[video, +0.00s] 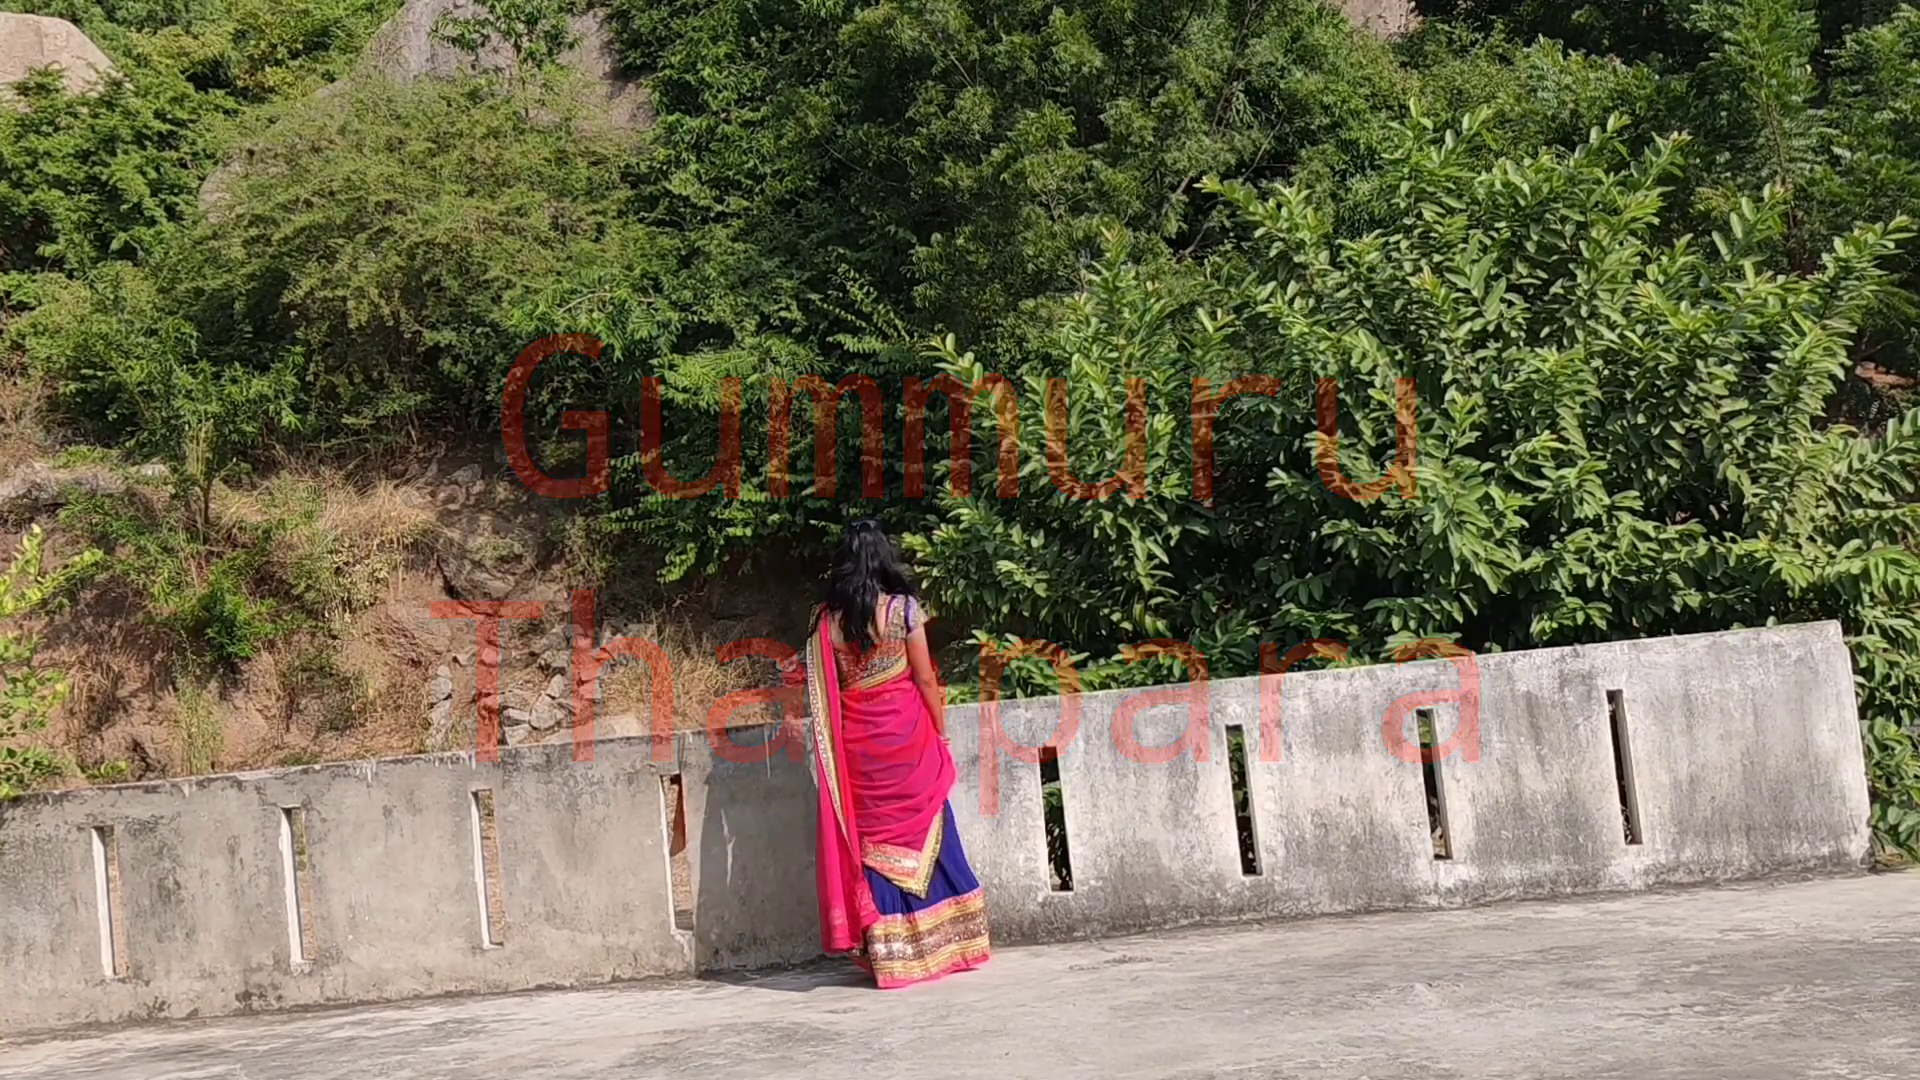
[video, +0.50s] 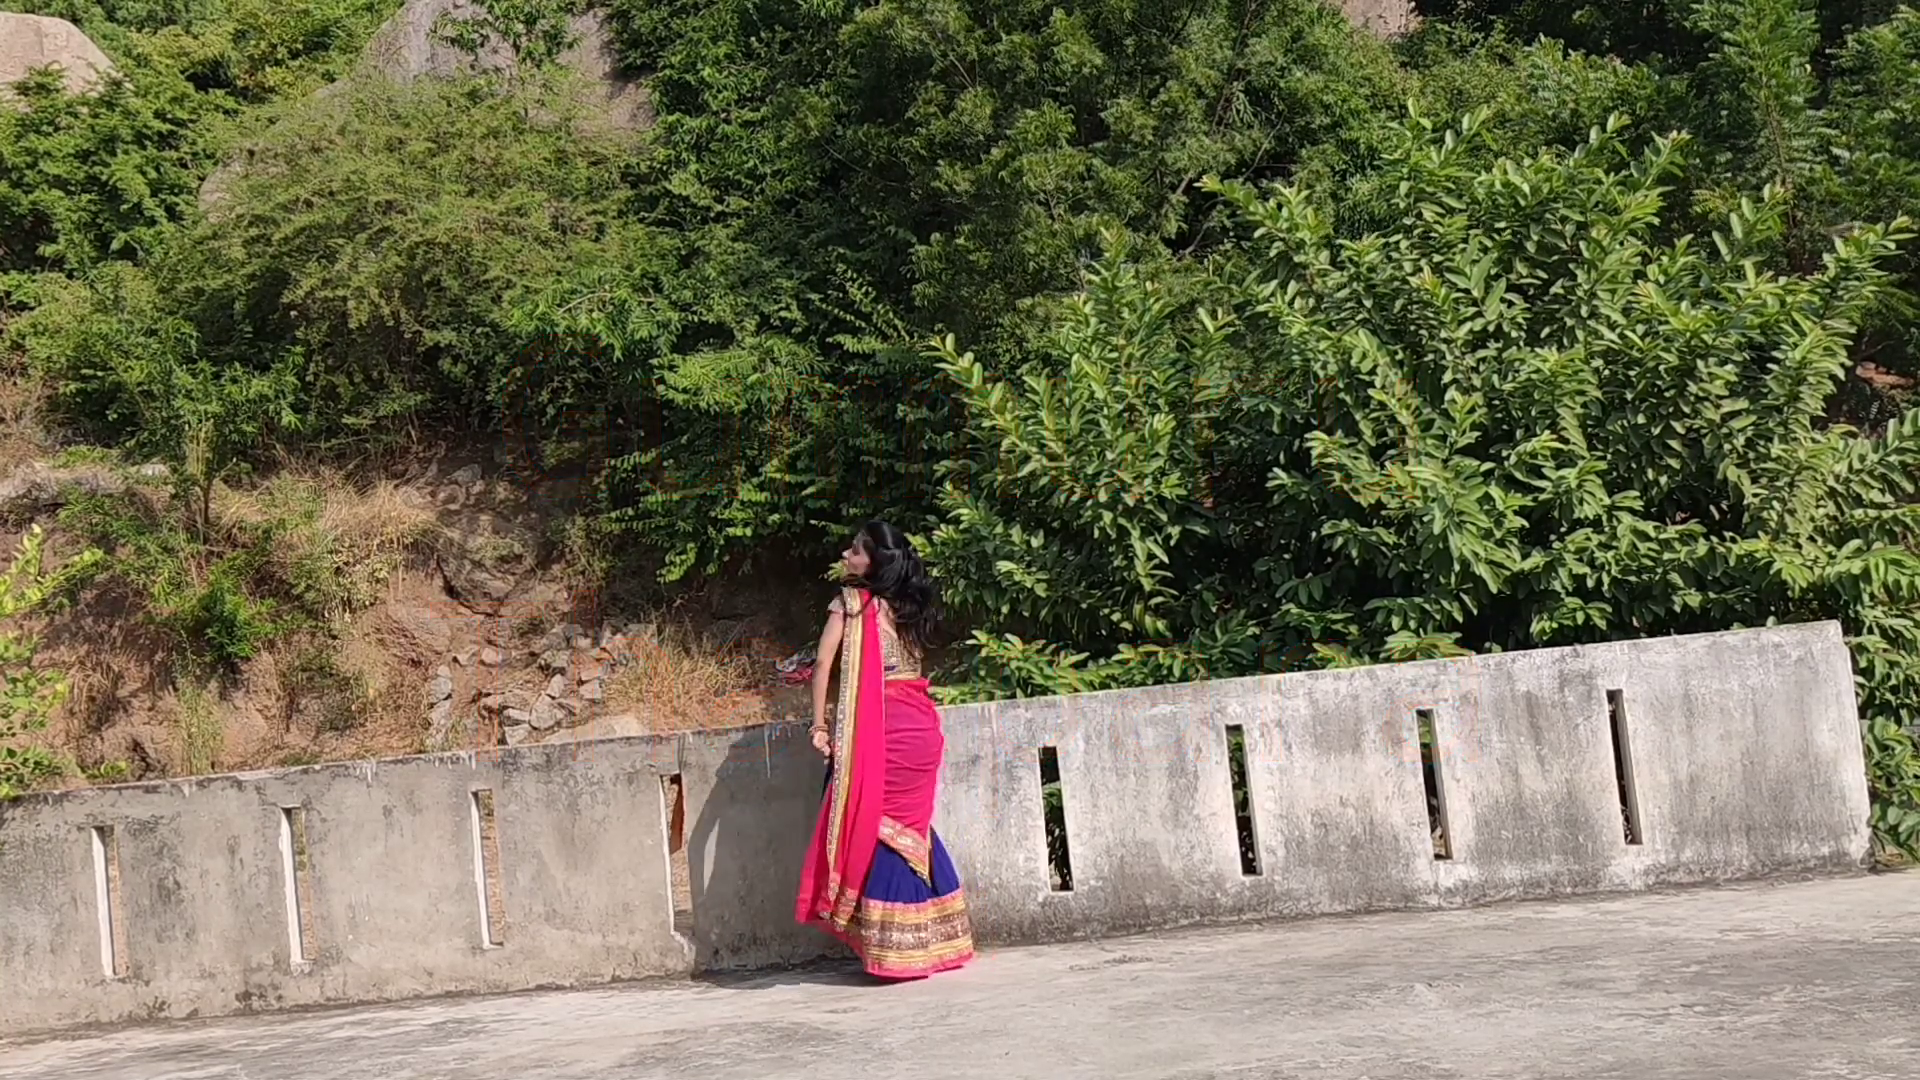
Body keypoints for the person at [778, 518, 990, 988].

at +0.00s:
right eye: (889, 553)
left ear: (842, 562)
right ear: (887, 559)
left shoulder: (826, 618)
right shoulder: (904, 608)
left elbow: (825, 691)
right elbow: (925, 679)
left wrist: (831, 742)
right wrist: (940, 733)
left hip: (854, 737)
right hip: (903, 730)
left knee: (868, 837)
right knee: (920, 830)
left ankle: (883, 949)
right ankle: (937, 943)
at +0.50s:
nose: (846, 555)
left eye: (855, 551)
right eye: (850, 547)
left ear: (875, 563)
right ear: (886, 564)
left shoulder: (849, 600)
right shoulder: (904, 602)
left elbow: (824, 664)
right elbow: (910, 668)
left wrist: (819, 723)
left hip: (881, 729)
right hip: (924, 726)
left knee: (877, 827)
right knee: (915, 827)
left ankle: (891, 947)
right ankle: (934, 941)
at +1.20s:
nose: (903, 558)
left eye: (912, 550)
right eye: (895, 550)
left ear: (926, 557)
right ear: (883, 557)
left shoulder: (938, 607)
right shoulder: (870, 614)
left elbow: (951, 665)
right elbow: (874, 687)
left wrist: (978, 691)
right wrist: (893, 749)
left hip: (966, 726)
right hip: (920, 738)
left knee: (986, 819)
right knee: (951, 831)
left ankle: (1002, 932)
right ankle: (971, 942)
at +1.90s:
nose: (951, 567)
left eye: (960, 557)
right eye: (942, 558)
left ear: (977, 559)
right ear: (931, 562)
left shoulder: (996, 604)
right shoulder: (920, 605)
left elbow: (1033, 579)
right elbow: (883, 668)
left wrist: (1005, 539)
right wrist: (919, 689)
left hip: (984, 733)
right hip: (936, 733)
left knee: (978, 835)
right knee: (958, 839)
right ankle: (975, 962)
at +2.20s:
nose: (958, 541)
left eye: (967, 534)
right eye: (950, 534)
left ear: (984, 543)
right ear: (937, 544)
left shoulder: (1004, 593)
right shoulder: (926, 593)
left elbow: (1061, 559)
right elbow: (883, 648)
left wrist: (1019, 524)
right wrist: (927, 702)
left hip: (998, 723)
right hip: (945, 728)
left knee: (1009, 832)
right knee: (954, 838)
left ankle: (1015, 943)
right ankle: (968, 960)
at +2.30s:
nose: (962, 533)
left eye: (971, 526)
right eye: (953, 527)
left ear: (988, 537)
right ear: (941, 539)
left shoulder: (1007, 590)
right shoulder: (930, 589)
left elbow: (1068, 556)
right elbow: (886, 644)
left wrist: (1025, 520)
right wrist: (929, 705)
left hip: (1001, 726)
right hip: (951, 731)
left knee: (1006, 838)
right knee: (957, 841)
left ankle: (992, 951)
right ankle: (962, 961)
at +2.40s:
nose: (966, 529)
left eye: (975, 521)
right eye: (957, 523)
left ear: (993, 533)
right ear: (945, 537)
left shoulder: (1012, 588)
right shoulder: (936, 587)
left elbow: (1075, 551)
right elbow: (892, 645)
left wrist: (1027, 516)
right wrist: (932, 711)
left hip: (1007, 726)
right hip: (955, 730)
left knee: (1017, 838)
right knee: (957, 840)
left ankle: (1039, 962)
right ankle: (961, 960)